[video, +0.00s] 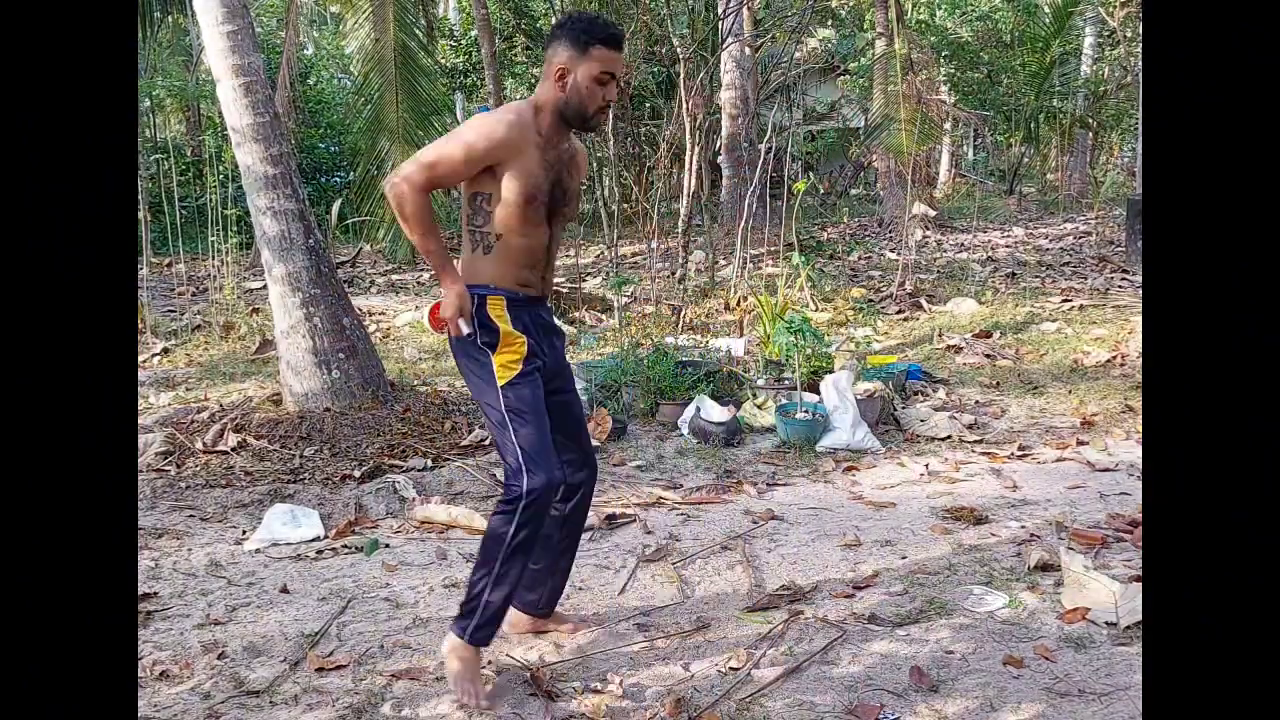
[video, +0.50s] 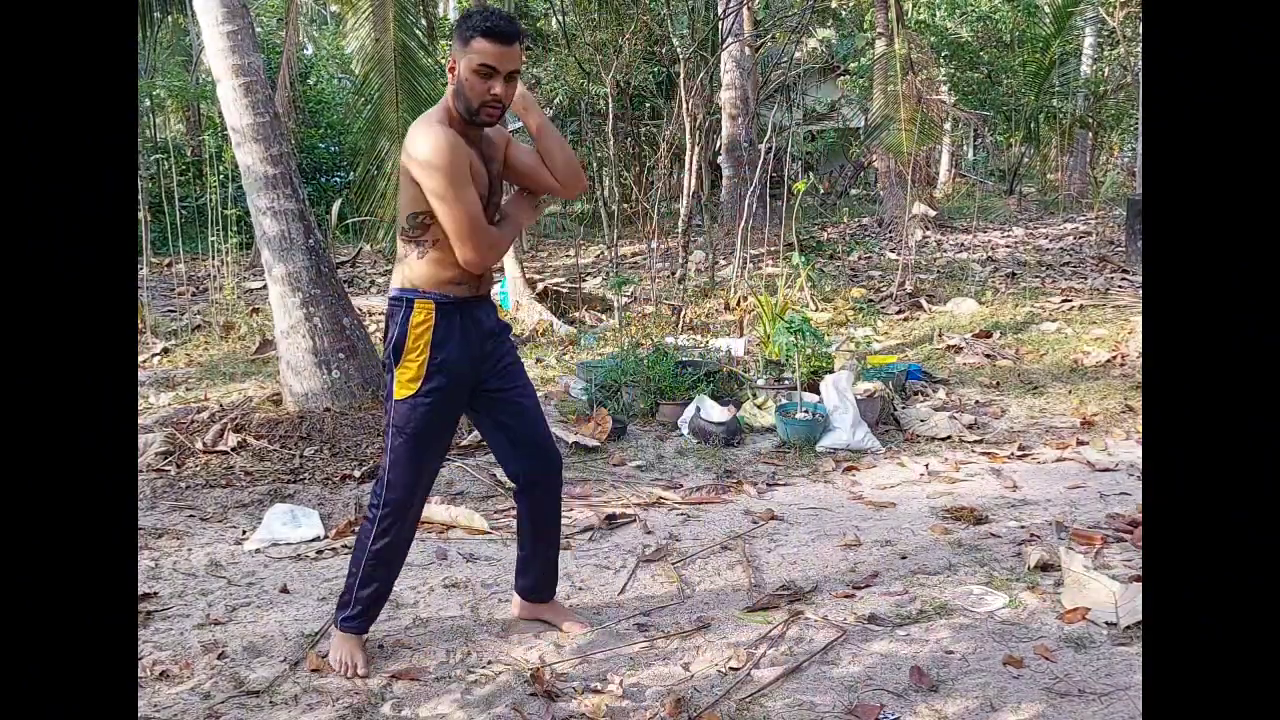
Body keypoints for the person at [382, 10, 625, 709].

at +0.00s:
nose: (612, 96)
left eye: (617, 83)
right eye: (603, 79)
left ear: (591, 80)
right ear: (559, 71)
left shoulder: (574, 156)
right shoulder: (508, 127)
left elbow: (534, 239)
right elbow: (406, 184)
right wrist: (448, 278)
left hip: (535, 319)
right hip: (490, 317)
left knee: (575, 472)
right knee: (536, 477)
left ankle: (533, 609)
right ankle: (466, 644)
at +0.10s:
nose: (582, 85)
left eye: (588, 72)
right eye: (570, 71)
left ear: (588, 71)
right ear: (530, 63)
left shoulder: (570, 147)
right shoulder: (478, 129)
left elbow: (537, 236)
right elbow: (385, 196)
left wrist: (527, 304)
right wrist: (429, 288)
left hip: (529, 317)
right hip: (474, 314)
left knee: (562, 472)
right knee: (475, 480)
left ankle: (528, 612)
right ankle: (390, 624)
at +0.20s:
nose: (556, 82)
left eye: (564, 69)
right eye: (544, 66)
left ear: (568, 70)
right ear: (505, 60)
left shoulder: (558, 138)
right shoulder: (456, 131)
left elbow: (584, 190)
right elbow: (383, 215)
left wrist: (593, 268)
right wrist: (457, 274)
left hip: (522, 317)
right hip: (463, 318)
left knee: (553, 470)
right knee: (438, 481)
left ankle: (528, 611)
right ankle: (358, 617)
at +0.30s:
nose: (527, 87)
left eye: (537, 72)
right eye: (514, 71)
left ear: (543, 70)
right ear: (479, 61)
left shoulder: (524, 130)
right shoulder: (440, 133)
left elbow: (576, 171)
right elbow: (414, 244)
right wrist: (514, 262)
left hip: (502, 318)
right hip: (444, 320)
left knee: (544, 466)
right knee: (409, 480)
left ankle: (529, 610)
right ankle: (352, 624)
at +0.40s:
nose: (506, 92)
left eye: (516, 79)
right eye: (493, 75)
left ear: (523, 78)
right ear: (459, 65)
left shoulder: (503, 135)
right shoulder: (430, 139)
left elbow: (573, 175)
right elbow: (455, 251)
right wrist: (521, 243)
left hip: (484, 319)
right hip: (429, 322)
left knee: (542, 464)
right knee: (401, 487)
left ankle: (530, 602)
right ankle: (349, 627)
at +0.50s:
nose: (500, 90)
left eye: (510, 76)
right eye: (485, 72)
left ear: (515, 79)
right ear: (452, 66)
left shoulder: (489, 137)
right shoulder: (435, 141)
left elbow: (568, 182)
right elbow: (478, 256)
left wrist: (522, 96)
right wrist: (524, 208)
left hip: (480, 319)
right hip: (428, 323)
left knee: (539, 461)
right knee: (403, 488)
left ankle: (535, 600)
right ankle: (349, 629)